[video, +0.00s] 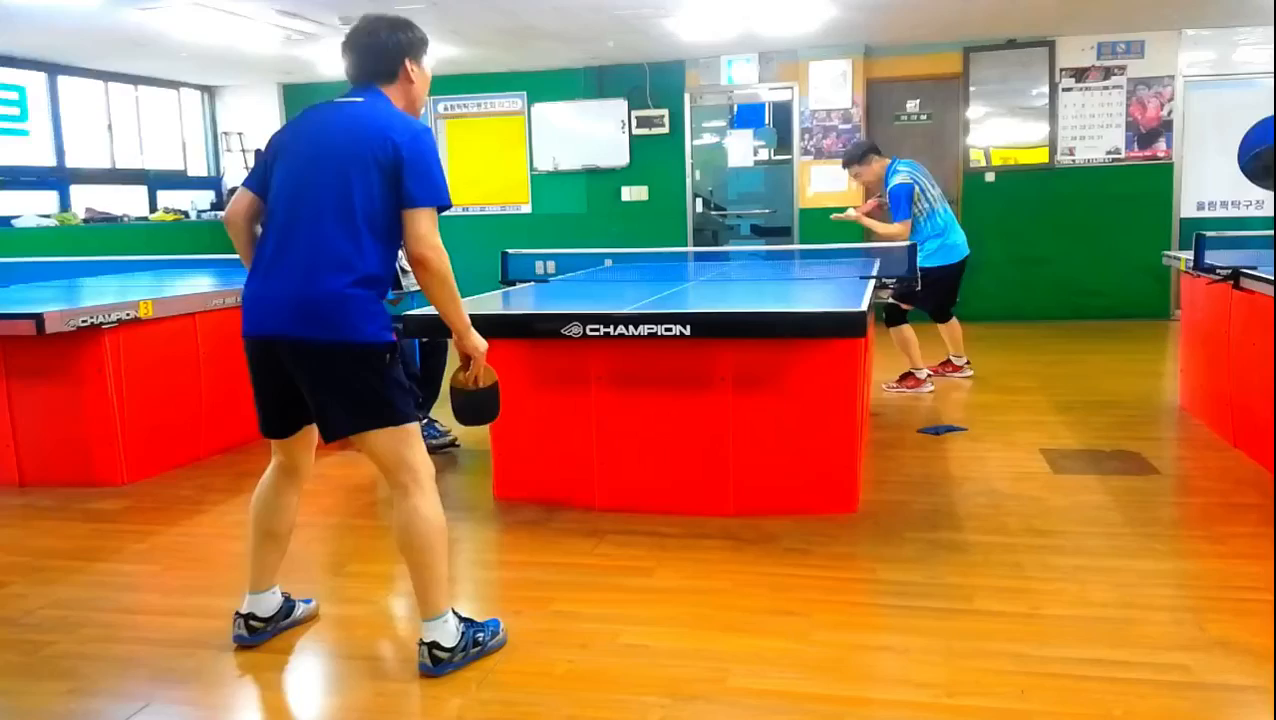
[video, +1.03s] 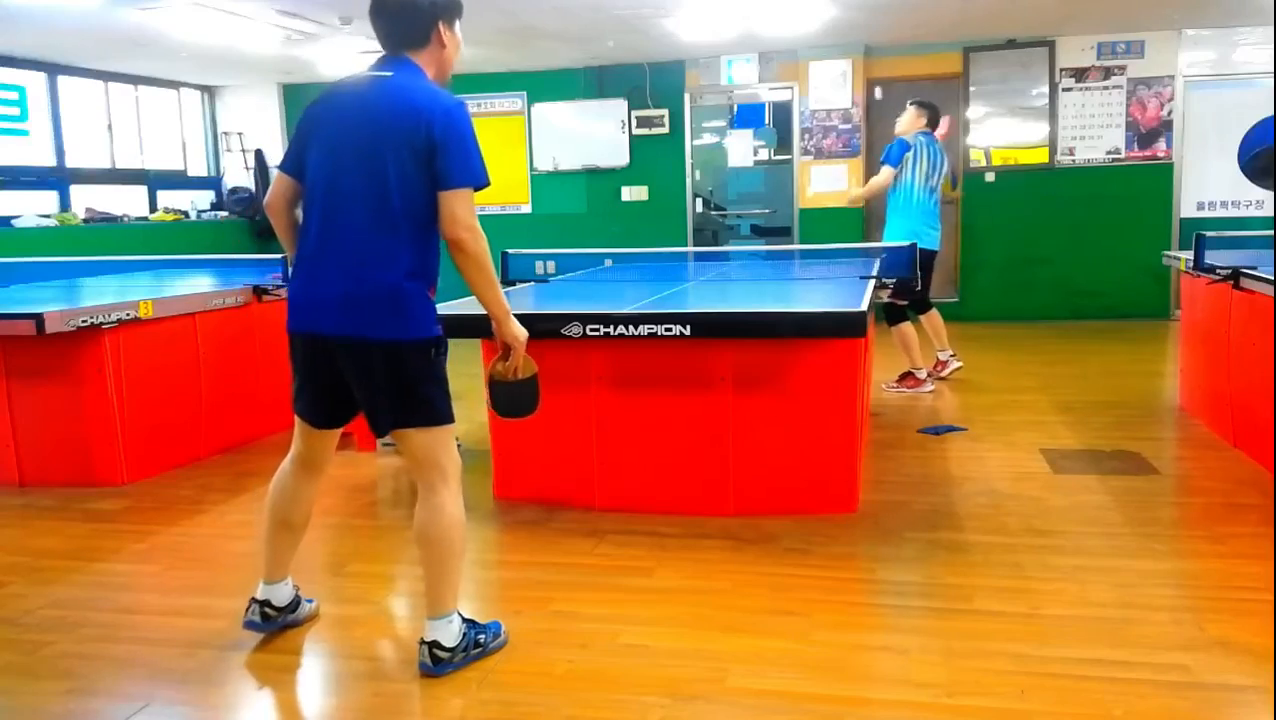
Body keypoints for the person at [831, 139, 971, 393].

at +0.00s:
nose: (860, 183)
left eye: (858, 176)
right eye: (855, 179)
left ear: (872, 162)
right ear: (875, 161)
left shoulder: (899, 183)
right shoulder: (907, 167)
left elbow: (901, 231)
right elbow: (917, 205)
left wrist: (862, 219)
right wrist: (884, 204)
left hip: (934, 257)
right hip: (953, 251)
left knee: (894, 312)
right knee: (939, 309)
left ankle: (918, 375)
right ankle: (959, 363)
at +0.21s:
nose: (860, 174)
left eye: (860, 166)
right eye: (857, 169)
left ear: (877, 155)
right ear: (877, 156)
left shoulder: (901, 180)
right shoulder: (906, 167)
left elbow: (902, 230)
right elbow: (913, 207)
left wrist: (859, 222)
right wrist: (880, 204)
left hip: (933, 257)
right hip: (950, 252)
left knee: (891, 312)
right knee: (934, 309)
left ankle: (918, 376)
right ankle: (958, 363)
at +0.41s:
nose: (869, 146)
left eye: (872, 138)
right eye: (867, 140)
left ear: (892, 133)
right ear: (896, 135)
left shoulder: (903, 163)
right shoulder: (920, 156)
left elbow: (896, 212)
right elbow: (922, 201)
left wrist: (853, 213)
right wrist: (890, 200)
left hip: (919, 251)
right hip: (937, 247)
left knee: (886, 312)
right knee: (925, 302)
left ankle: (918, 375)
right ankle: (951, 355)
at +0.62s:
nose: (885, 120)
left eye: (891, 113)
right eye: (886, 114)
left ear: (911, 117)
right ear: (915, 119)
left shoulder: (902, 143)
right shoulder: (933, 149)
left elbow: (873, 179)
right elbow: (938, 191)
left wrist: (843, 161)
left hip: (903, 238)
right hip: (926, 237)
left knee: (891, 307)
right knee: (917, 300)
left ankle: (916, 374)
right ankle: (941, 352)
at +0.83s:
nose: (893, 118)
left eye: (900, 112)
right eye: (896, 112)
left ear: (918, 119)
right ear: (922, 121)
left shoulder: (904, 142)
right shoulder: (936, 151)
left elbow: (882, 182)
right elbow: (939, 192)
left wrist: (848, 182)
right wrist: (909, 192)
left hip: (902, 237)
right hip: (925, 238)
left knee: (891, 308)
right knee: (919, 301)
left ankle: (917, 375)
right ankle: (943, 355)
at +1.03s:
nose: (897, 119)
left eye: (904, 114)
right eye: (900, 114)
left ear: (921, 120)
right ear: (927, 123)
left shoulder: (902, 144)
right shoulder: (941, 153)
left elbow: (883, 180)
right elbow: (944, 191)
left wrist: (860, 194)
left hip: (904, 238)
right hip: (928, 239)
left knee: (894, 307)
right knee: (919, 300)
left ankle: (918, 375)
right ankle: (946, 356)